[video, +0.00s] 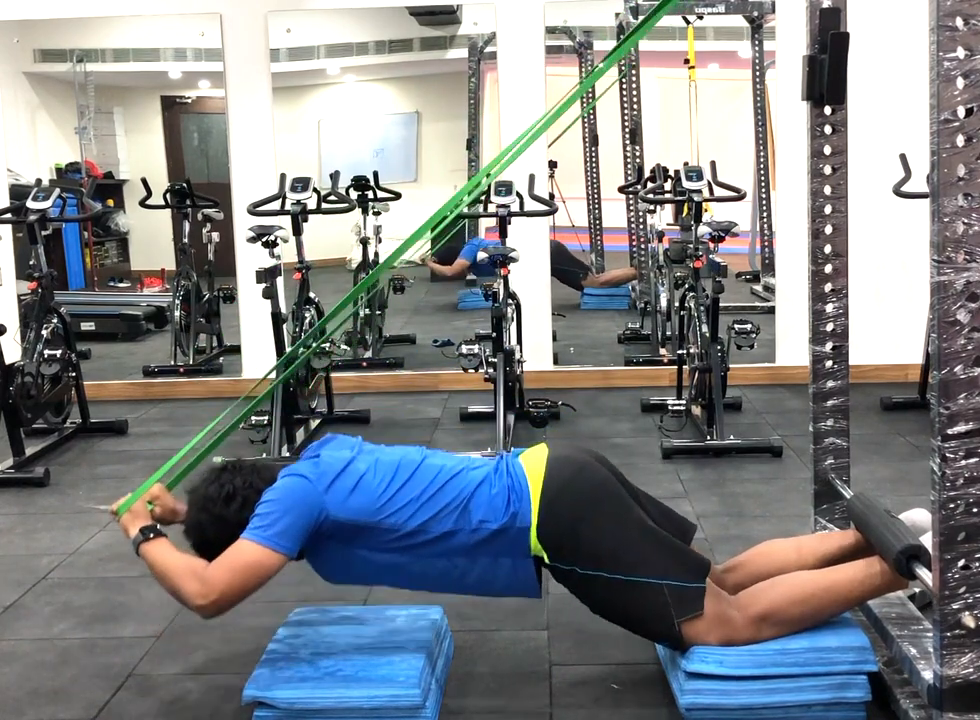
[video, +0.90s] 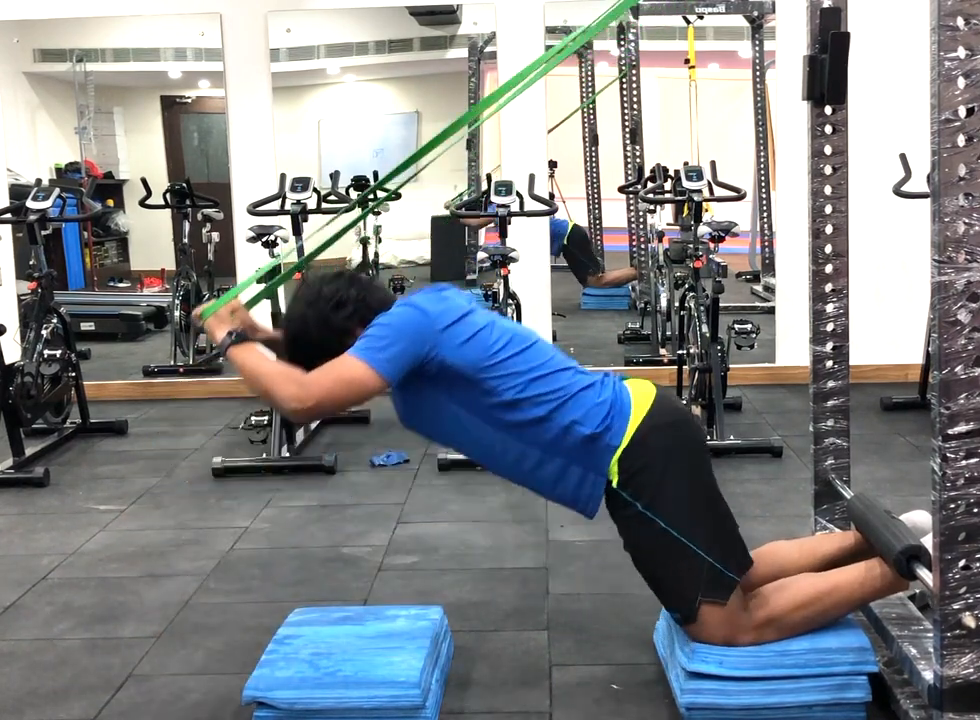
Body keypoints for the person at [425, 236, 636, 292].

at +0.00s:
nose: (451, 270)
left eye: (449, 266)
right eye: (448, 267)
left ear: (455, 258)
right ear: (457, 249)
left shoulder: (472, 247)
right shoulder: (476, 244)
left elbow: (453, 272)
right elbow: (455, 271)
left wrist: (431, 264)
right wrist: (435, 265)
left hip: (547, 253)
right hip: (547, 249)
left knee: (592, 282)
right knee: (592, 279)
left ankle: (641, 271)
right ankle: (641, 270)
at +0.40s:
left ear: (468, 226)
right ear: (472, 221)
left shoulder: (484, 227)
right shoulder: (492, 222)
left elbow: (459, 253)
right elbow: (462, 250)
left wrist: (434, 242)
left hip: (555, 243)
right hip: (553, 242)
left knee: (593, 281)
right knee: (591, 279)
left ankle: (642, 270)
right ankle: (640, 270)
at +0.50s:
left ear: (490, 200)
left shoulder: (489, 220)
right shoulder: (502, 215)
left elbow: (462, 249)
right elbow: (467, 246)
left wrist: (440, 239)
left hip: (559, 242)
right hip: (556, 242)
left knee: (594, 280)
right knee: (592, 279)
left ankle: (642, 269)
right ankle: (640, 269)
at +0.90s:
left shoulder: (506, 208)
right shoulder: (505, 208)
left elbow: (479, 223)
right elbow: (479, 222)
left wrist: (455, 214)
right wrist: (457, 213)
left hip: (571, 236)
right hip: (568, 238)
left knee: (596, 279)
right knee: (593, 279)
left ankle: (643, 271)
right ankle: (641, 270)